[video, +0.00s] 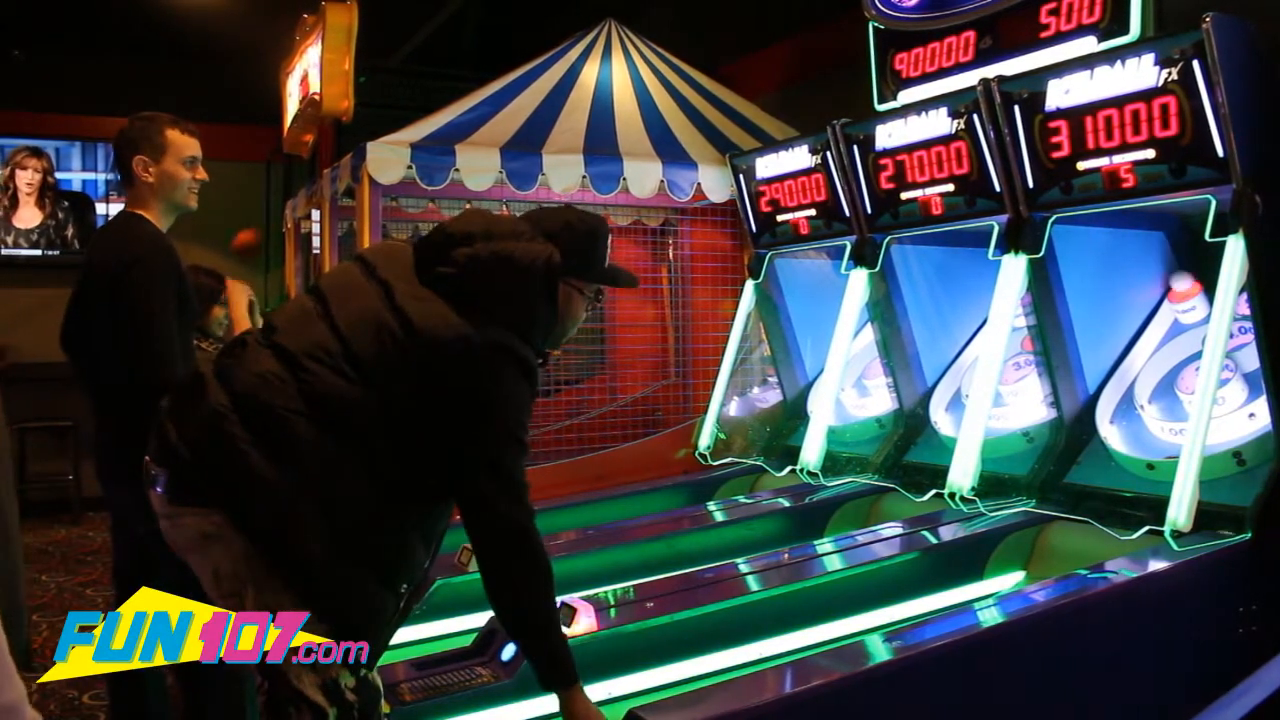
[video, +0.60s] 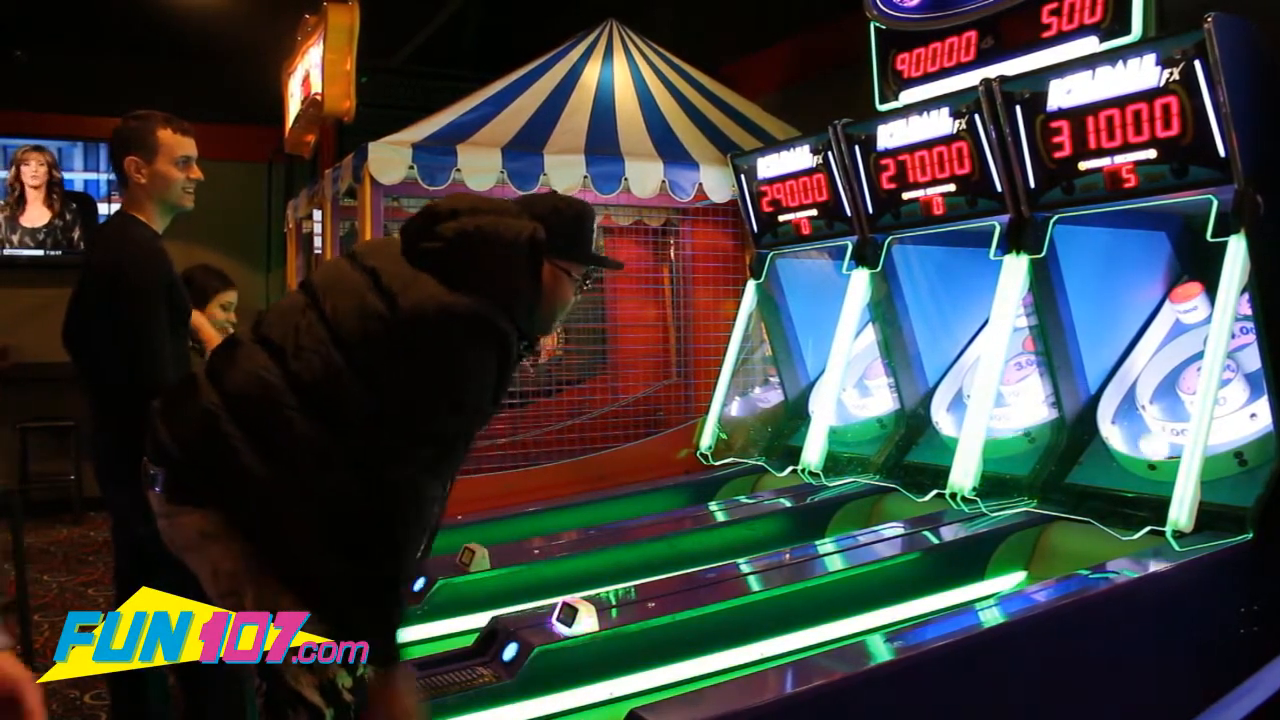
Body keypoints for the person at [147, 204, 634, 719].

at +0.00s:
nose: (587, 314)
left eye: (593, 299)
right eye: (586, 297)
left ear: (515, 254)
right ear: (556, 289)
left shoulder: (400, 259)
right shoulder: (492, 354)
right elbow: (505, 532)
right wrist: (568, 687)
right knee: (334, 693)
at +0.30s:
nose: (583, 297)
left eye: (589, 282)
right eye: (581, 279)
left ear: (515, 251)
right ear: (547, 267)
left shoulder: (397, 258)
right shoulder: (482, 334)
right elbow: (453, 517)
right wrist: (522, 666)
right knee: (318, 693)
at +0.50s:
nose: (576, 293)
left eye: (582, 279)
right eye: (574, 276)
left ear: (514, 251)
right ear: (539, 264)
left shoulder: (401, 255)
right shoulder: (475, 332)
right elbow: (417, 505)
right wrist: (447, 662)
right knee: (322, 686)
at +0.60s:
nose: (576, 298)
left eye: (582, 282)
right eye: (576, 280)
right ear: (545, 270)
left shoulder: (404, 254)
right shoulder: (474, 326)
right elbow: (406, 492)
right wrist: (382, 655)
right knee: (315, 680)